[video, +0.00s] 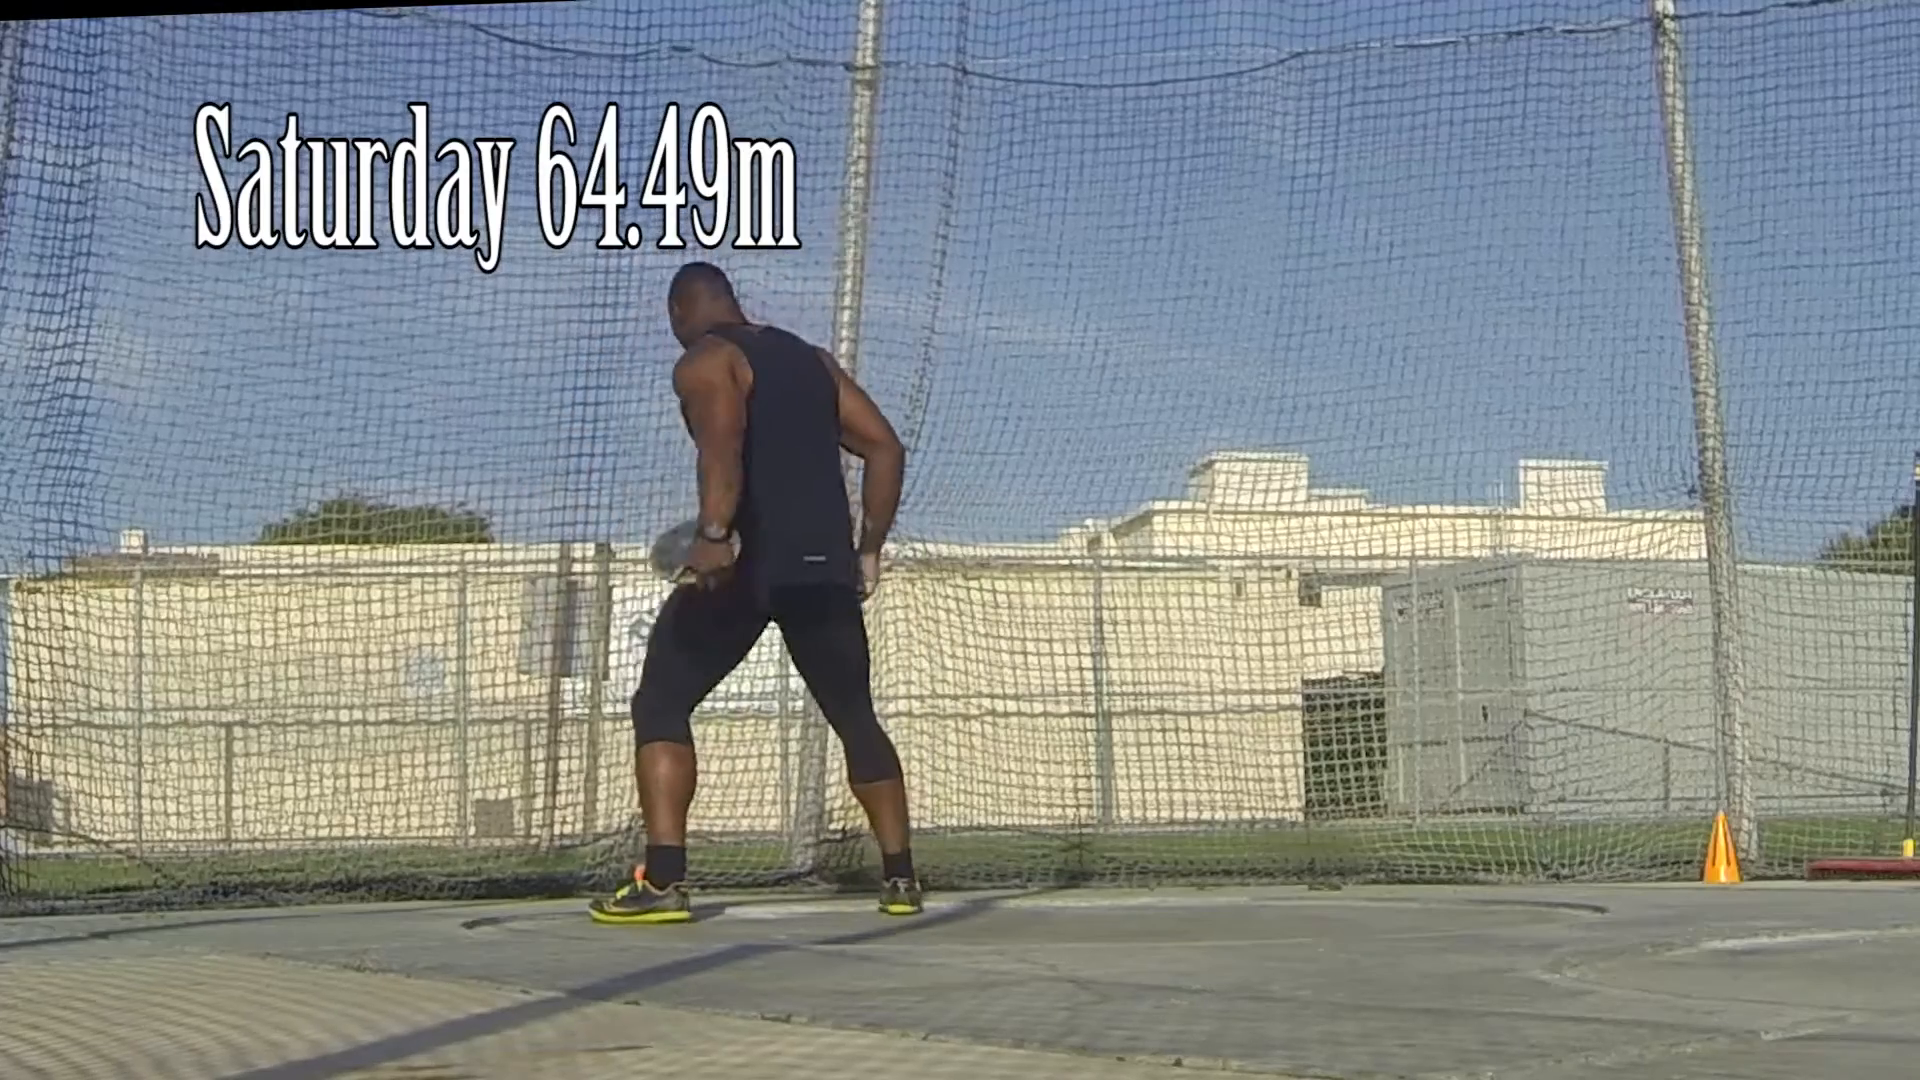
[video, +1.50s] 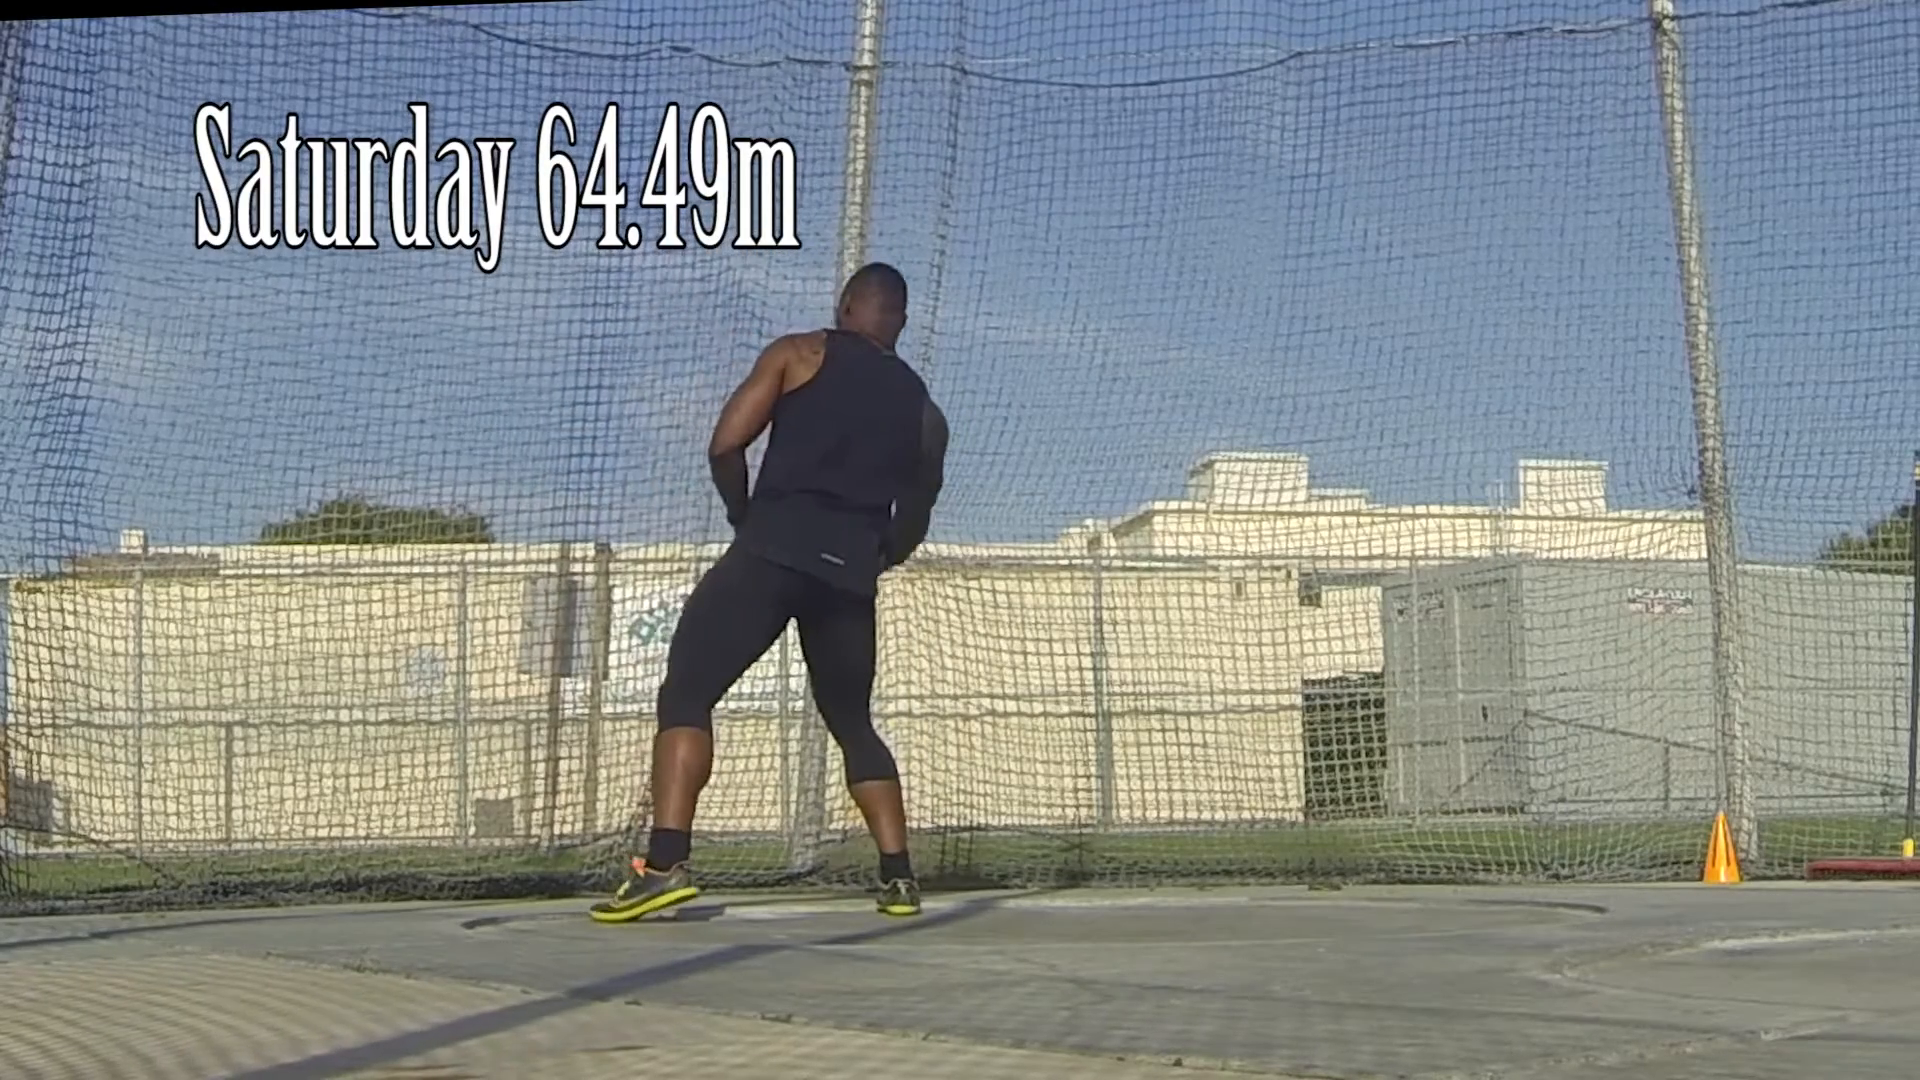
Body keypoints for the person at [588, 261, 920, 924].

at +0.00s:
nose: (677, 334)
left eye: (675, 322)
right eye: (675, 324)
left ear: (685, 313)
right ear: (733, 303)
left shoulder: (703, 358)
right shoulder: (808, 359)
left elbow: (721, 439)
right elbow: (884, 447)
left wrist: (712, 531)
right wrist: (871, 546)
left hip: (746, 568)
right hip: (827, 568)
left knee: (660, 704)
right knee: (857, 718)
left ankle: (662, 880)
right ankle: (900, 877)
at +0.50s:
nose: (671, 335)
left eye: (670, 326)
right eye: (674, 327)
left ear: (677, 322)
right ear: (731, 315)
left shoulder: (675, 375)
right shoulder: (807, 371)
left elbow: (652, 475)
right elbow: (863, 471)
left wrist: (620, 577)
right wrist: (870, 577)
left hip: (728, 570)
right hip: (819, 574)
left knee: (650, 709)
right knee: (856, 715)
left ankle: (659, 882)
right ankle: (903, 873)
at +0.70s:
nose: (690, 303)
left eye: (686, 293)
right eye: (701, 289)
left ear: (682, 298)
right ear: (743, 294)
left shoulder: (661, 377)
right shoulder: (814, 365)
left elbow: (636, 503)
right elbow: (826, 480)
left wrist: (620, 599)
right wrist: (785, 540)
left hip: (720, 565)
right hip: (809, 565)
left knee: (647, 709)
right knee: (852, 716)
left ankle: (658, 883)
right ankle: (901, 876)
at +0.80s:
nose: (723, 295)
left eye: (715, 283)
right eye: (736, 284)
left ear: (705, 290)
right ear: (766, 291)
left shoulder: (676, 365)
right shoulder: (826, 363)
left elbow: (651, 490)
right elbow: (816, 466)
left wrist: (670, 554)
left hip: (722, 562)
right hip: (810, 566)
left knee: (654, 708)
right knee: (850, 716)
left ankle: (658, 882)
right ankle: (901, 876)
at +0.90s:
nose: (729, 290)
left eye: (731, 279)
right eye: (743, 278)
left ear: (735, 285)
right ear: (790, 289)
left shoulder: (699, 356)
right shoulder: (837, 362)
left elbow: (668, 474)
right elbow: (828, 460)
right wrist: (738, 433)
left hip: (732, 560)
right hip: (817, 565)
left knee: (668, 704)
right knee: (850, 715)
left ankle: (659, 880)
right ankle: (900, 876)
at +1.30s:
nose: (822, 306)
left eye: (817, 294)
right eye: (851, 299)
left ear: (814, 296)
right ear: (874, 306)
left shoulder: (787, 351)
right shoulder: (905, 389)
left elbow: (722, 443)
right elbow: (866, 466)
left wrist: (720, 497)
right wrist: (787, 496)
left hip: (773, 557)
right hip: (851, 573)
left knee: (696, 694)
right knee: (853, 718)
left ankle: (659, 863)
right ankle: (898, 876)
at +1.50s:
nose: (849, 318)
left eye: (846, 308)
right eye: (880, 315)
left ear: (841, 311)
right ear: (902, 324)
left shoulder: (796, 352)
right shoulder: (926, 413)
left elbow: (725, 445)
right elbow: (916, 518)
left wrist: (744, 515)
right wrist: (876, 557)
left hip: (769, 554)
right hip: (850, 577)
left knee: (687, 693)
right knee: (853, 719)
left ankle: (665, 866)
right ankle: (899, 877)